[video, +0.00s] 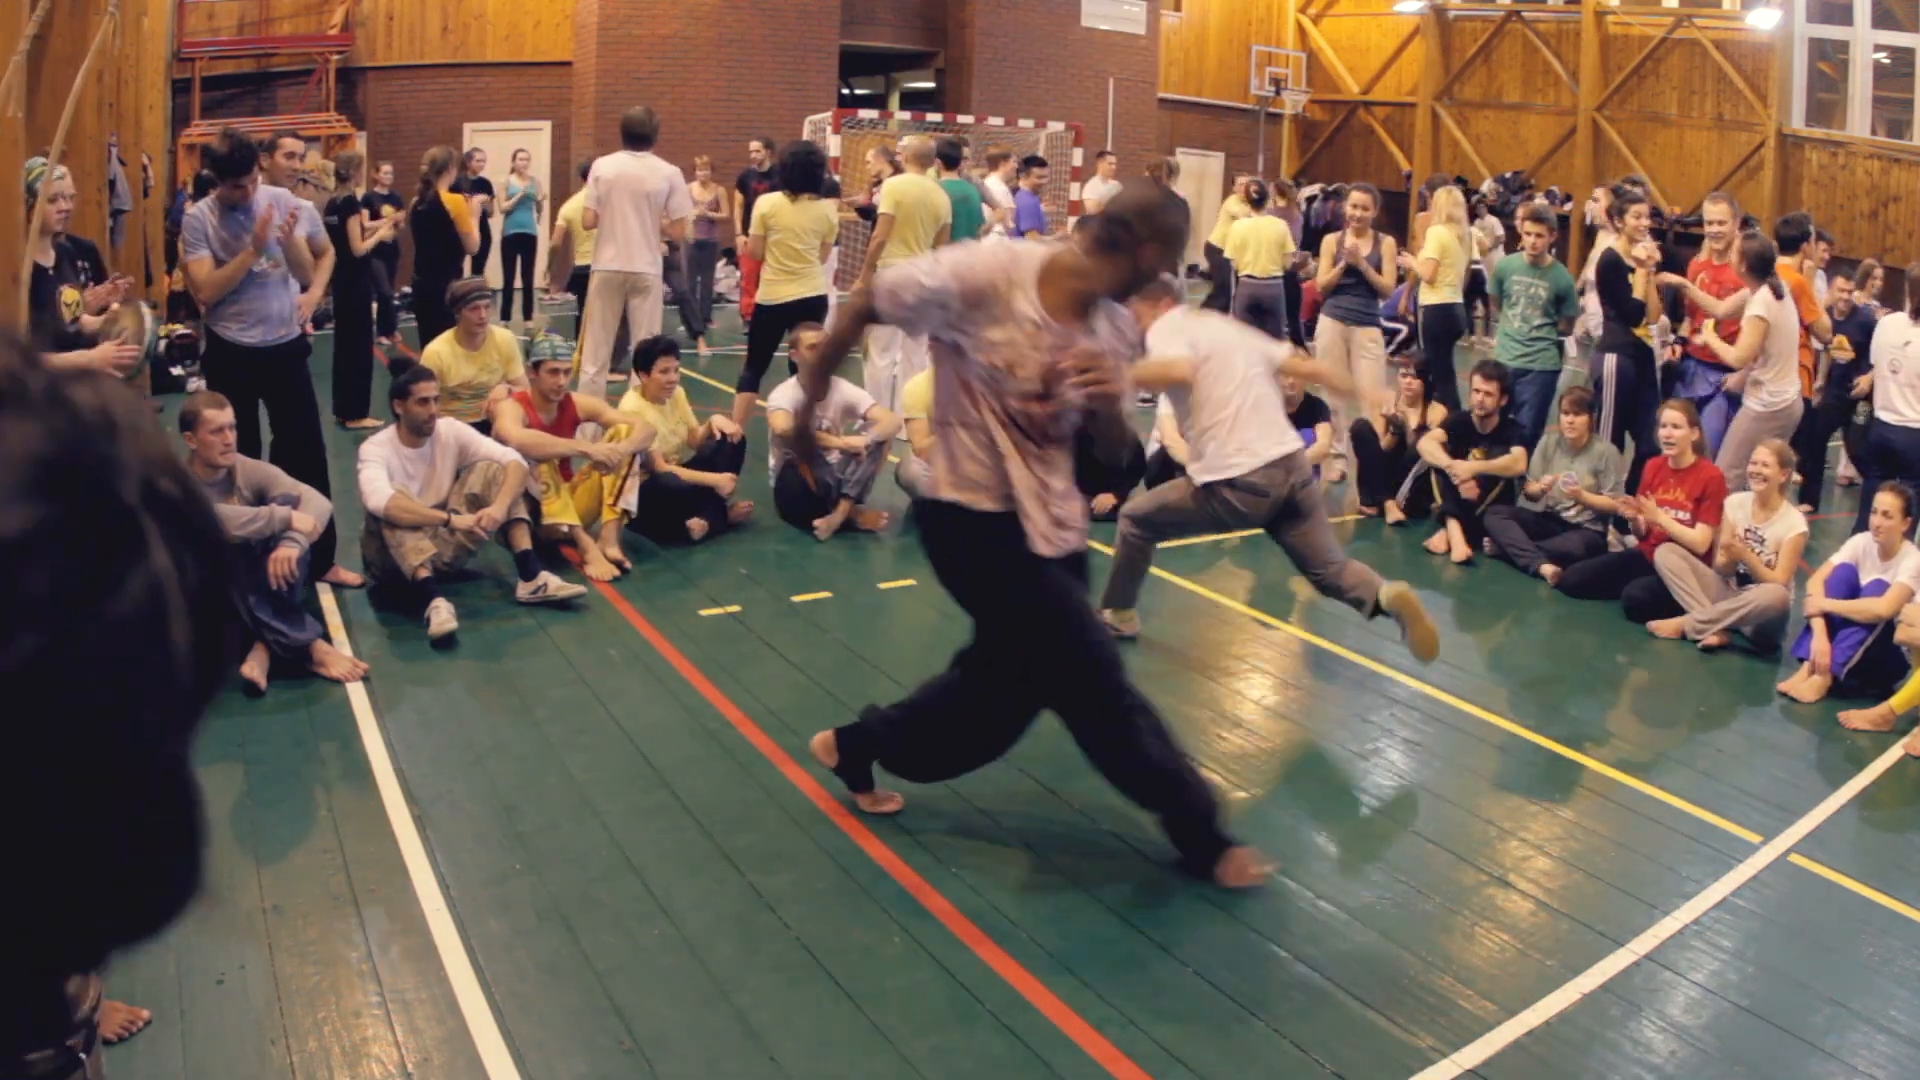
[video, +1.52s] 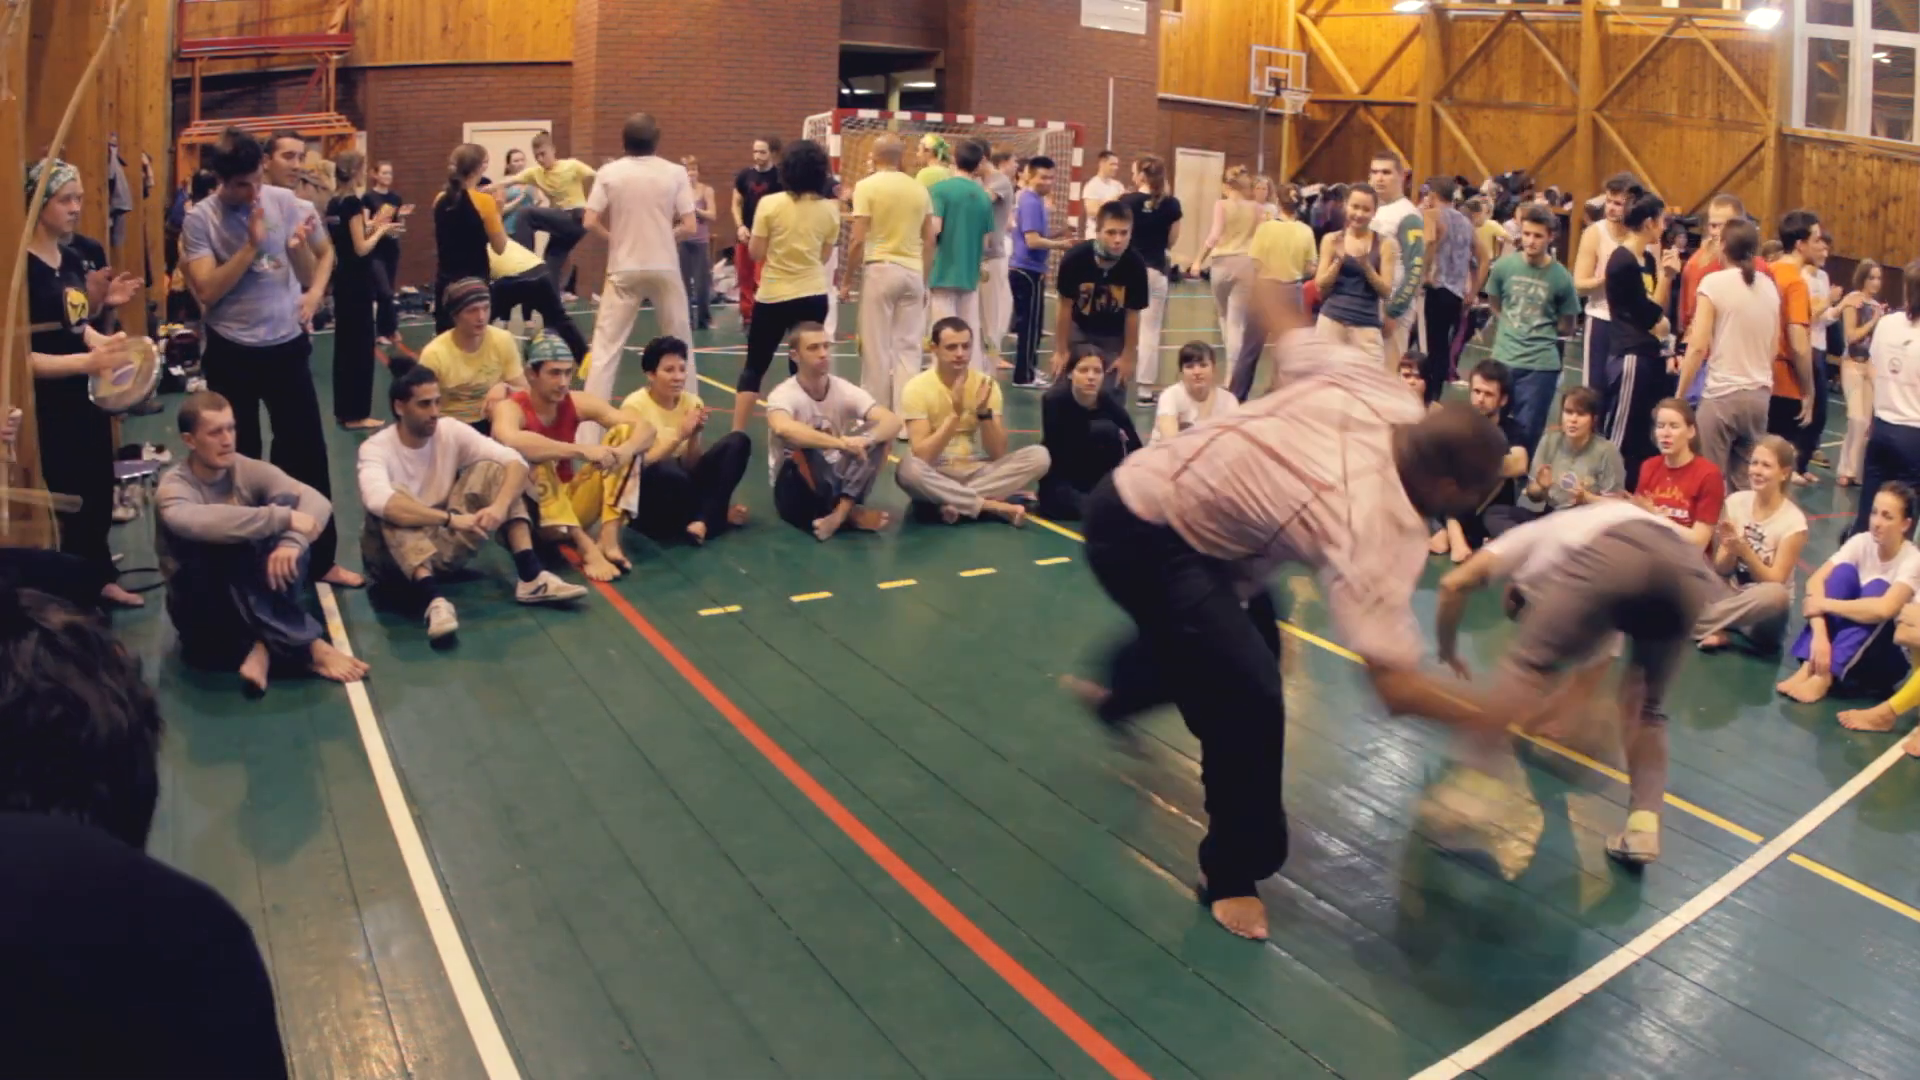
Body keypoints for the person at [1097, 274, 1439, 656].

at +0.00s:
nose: (1134, 319)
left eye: (1134, 311)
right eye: (1133, 312)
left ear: (1149, 302)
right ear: (1175, 297)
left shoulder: (1165, 328)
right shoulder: (1229, 326)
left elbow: (1180, 371)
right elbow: (1308, 366)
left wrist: (1120, 376)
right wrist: (1354, 394)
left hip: (1240, 481)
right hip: (1292, 468)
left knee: (1138, 516)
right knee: (1330, 569)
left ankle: (1118, 612)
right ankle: (1386, 597)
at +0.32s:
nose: (1141, 454)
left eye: (1147, 442)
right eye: (1135, 444)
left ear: (1174, 428)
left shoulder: (1209, 441)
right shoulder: (1183, 443)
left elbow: (1284, 463)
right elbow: (1203, 469)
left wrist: (1267, 508)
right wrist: (1171, 483)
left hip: (1303, 512)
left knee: (1211, 519)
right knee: (1219, 516)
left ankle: (1133, 611)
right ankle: (1294, 565)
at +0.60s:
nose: (1257, 459)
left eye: (1268, 453)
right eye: (1255, 448)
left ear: (1293, 449)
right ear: (1252, 436)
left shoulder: (1328, 476)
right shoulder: (1244, 441)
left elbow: (1375, 537)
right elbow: (1185, 447)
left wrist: (1391, 599)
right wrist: (1131, 460)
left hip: (1331, 537)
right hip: (1282, 520)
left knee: (1267, 557)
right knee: (1207, 544)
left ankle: (1186, 615)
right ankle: (1276, 577)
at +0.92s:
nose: (1455, 521)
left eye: (1463, 524)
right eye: (1462, 512)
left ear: (1464, 528)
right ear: (1458, 486)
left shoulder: (1430, 531)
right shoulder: (1429, 451)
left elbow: (1397, 576)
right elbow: (1480, 482)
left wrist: (1381, 632)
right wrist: (1535, 520)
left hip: (1335, 519)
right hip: (1297, 480)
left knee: (1336, 567)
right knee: (1199, 535)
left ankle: (1274, 661)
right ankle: (1225, 534)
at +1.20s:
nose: (1468, 627)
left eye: (1471, 628)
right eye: (1474, 627)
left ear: (1472, 609)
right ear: (1487, 612)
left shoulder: (1455, 544)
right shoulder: (1507, 562)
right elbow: (1514, 660)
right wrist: (1519, 722)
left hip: (1343, 493)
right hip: (1382, 498)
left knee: (1375, 623)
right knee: (1432, 625)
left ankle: (1280, 668)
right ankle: (1363, 716)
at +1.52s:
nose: (1524, 623)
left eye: (1519, 614)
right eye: (1521, 616)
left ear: (1514, 590)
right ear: (1540, 593)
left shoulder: (1534, 536)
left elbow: (1453, 583)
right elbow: (1596, 664)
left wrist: (1447, 650)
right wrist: (1549, 722)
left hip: (1611, 551)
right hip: (1688, 570)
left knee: (1526, 668)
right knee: (1647, 707)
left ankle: (1477, 781)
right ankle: (1645, 826)